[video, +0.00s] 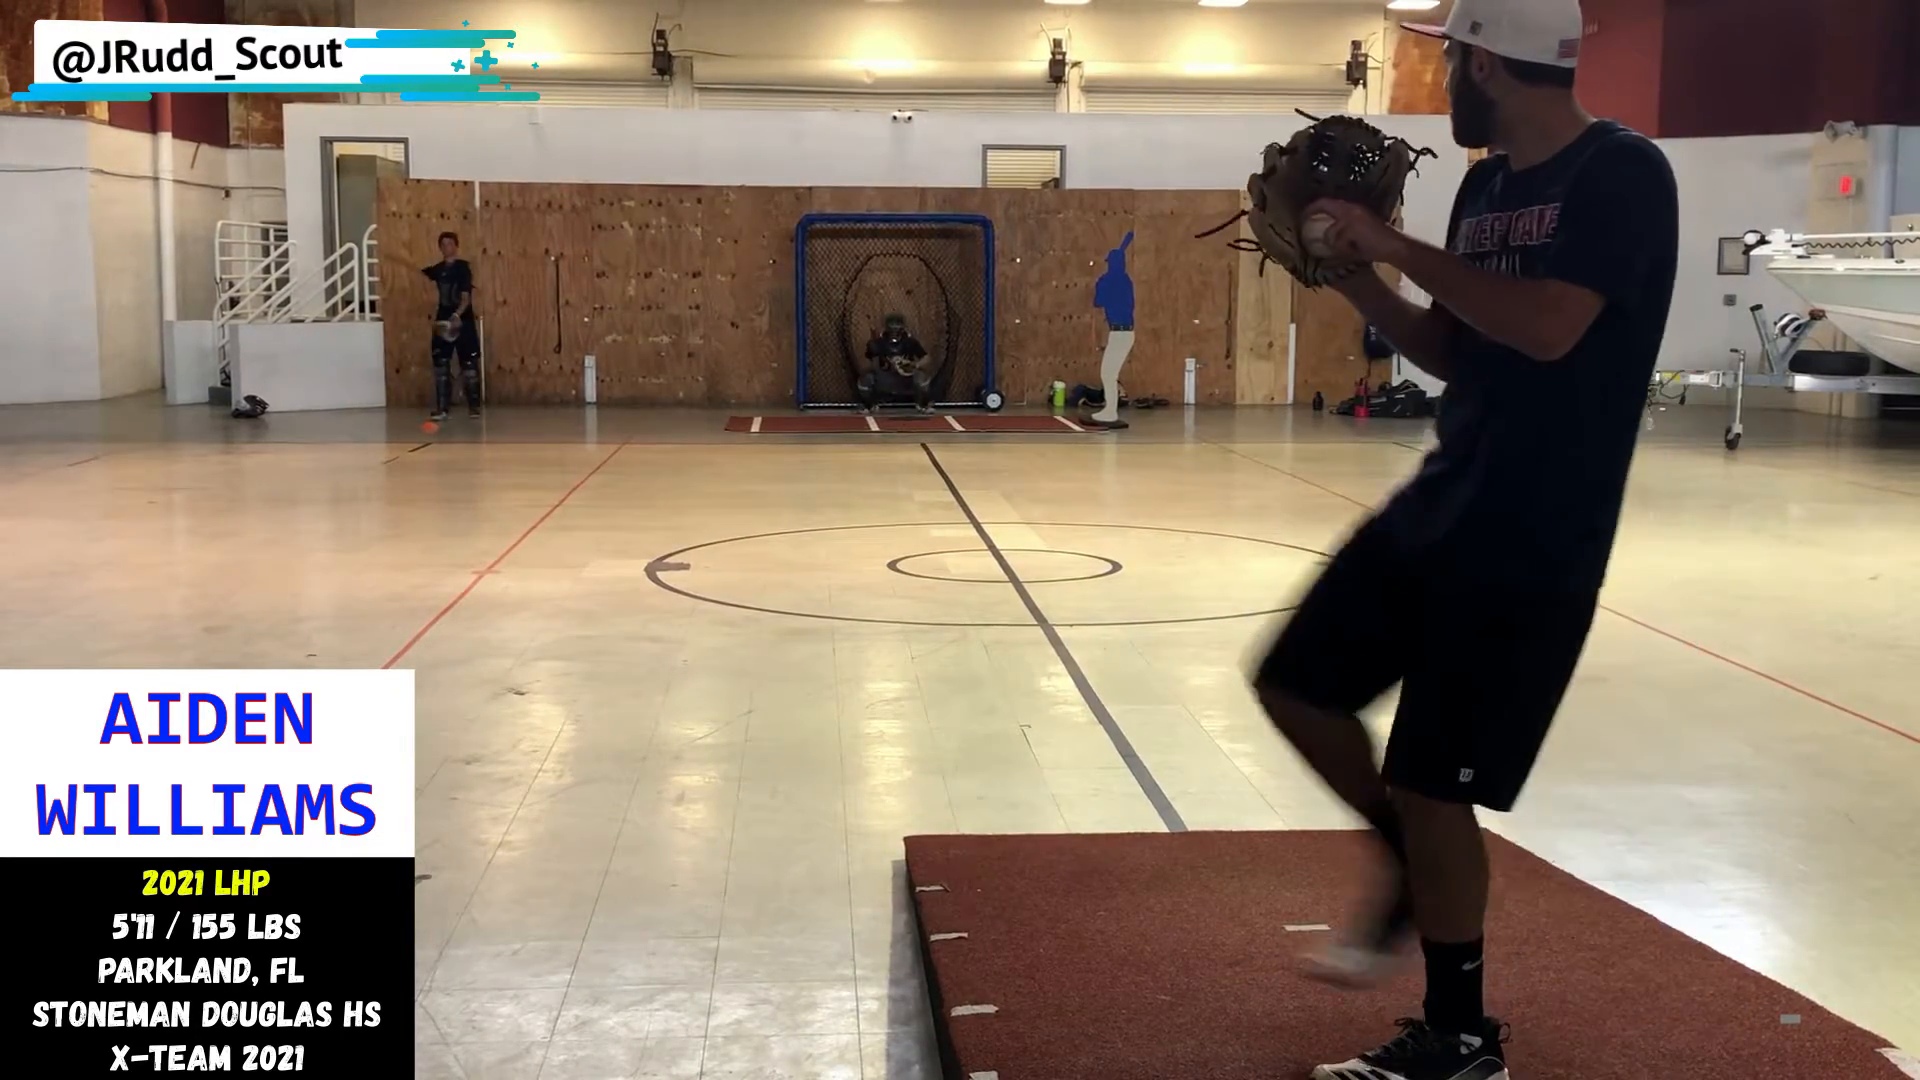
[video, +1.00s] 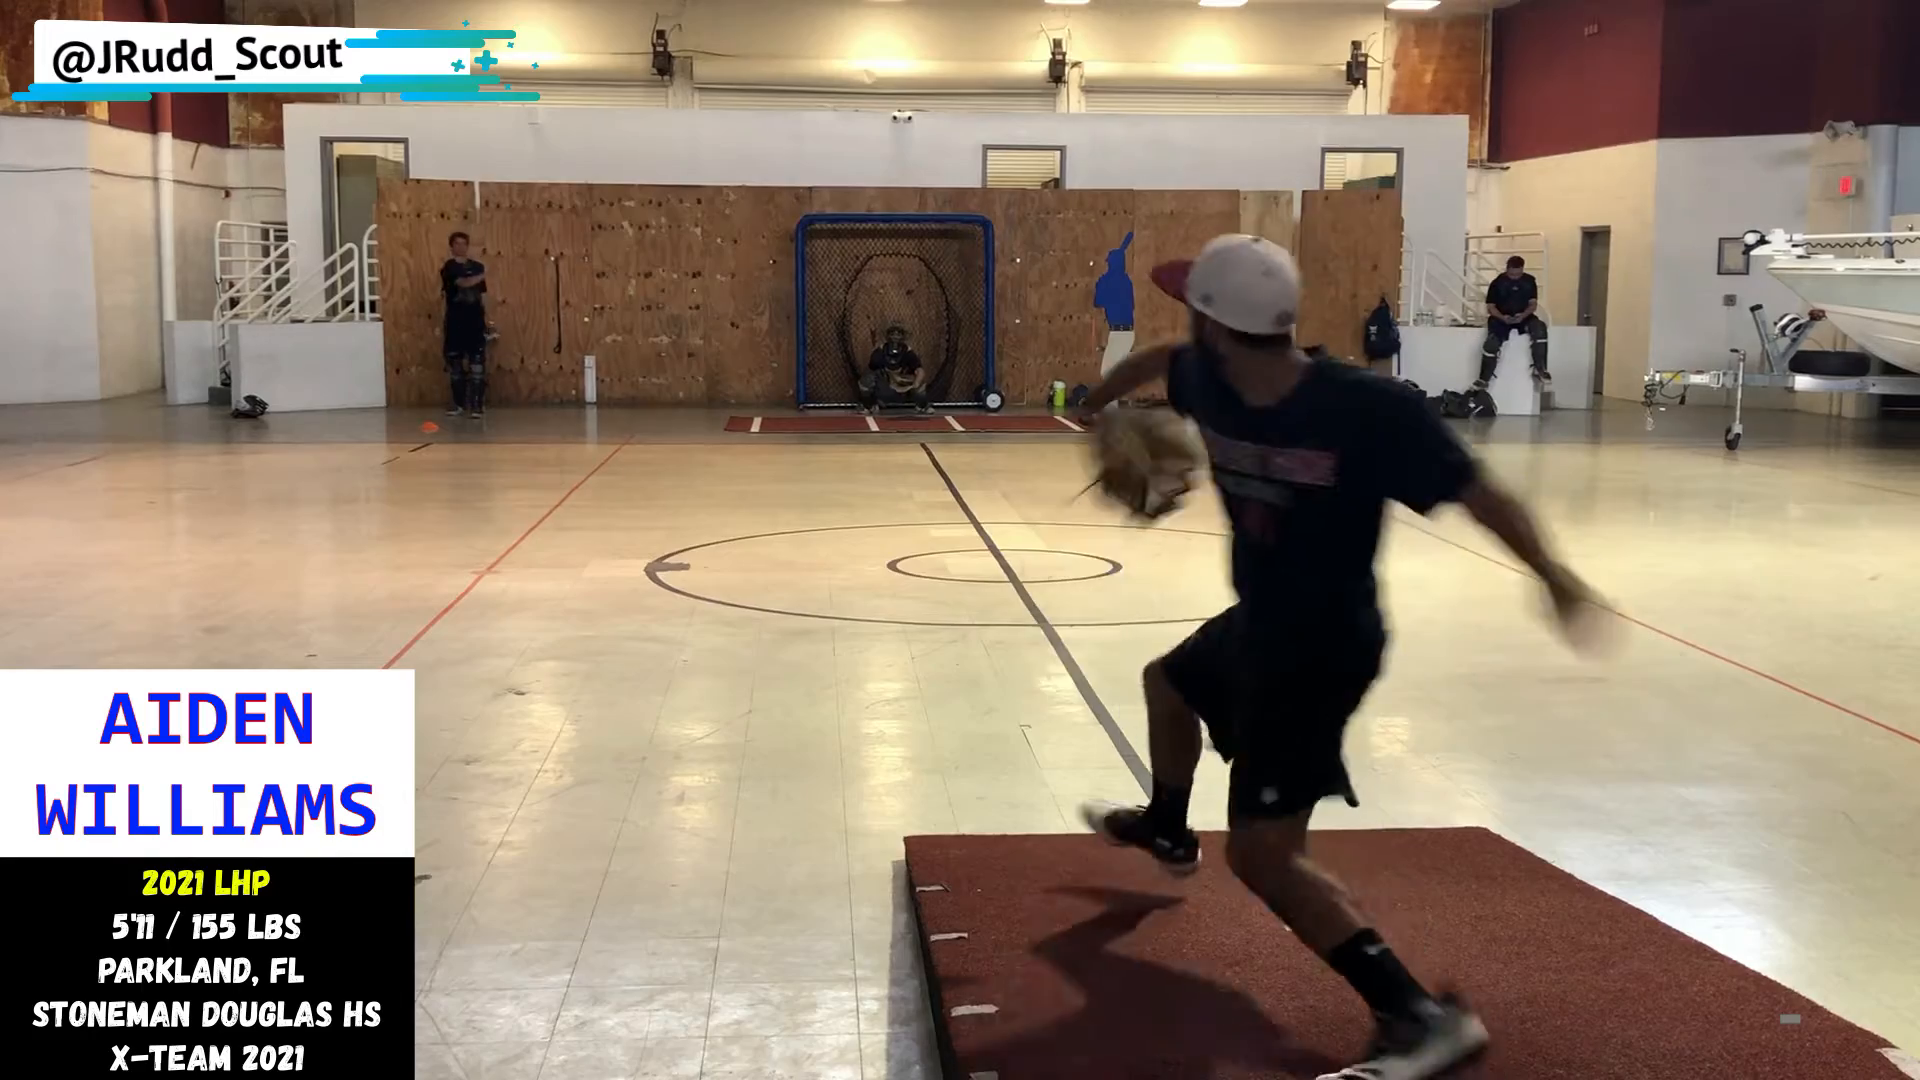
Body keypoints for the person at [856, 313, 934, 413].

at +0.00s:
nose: (895, 331)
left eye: (898, 328)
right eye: (892, 328)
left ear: (903, 327)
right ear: (886, 327)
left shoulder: (910, 342)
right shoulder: (877, 344)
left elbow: (926, 358)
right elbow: (873, 365)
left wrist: (915, 365)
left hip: (907, 377)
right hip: (886, 377)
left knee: (921, 377)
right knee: (866, 380)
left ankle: (921, 405)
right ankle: (871, 406)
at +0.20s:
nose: (897, 337)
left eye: (900, 334)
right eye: (893, 334)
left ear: (904, 335)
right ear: (888, 335)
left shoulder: (911, 349)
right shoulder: (881, 350)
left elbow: (925, 366)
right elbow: (875, 368)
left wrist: (914, 373)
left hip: (907, 383)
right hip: (887, 384)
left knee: (921, 381)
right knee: (867, 379)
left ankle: (922, 406)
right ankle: (871, 405)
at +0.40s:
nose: (897, 341)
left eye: (900, 338)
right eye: (894, 338)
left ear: (904, 339)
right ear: (889, 338)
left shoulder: (911, 353)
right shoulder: (880, 352)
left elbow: (922, 370)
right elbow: (875, 369)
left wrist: (910, 379)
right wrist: (886, 374)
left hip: (906, 386)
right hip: (886, 386)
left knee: (921, 385)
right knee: (866, 381)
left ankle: (922, 406)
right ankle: (871, 406)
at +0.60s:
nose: (896, 341)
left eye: (900, 338)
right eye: (894, 337)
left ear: (904, 338)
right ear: (888, 337)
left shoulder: (910, 352)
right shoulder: (879, 352)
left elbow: (919, 368)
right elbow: (873, 370)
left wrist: (914, 380)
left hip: (906, 383)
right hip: (886, 383)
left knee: (920, 386)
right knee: (866, 382)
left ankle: (922, 406)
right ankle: (870, 406)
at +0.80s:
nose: (895, 341)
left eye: (898, 338)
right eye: (892, 337)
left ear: (903, 339)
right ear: (887, 338)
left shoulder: (909, 352)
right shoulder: (877, 353)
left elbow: (919, 370)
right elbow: (871, 371)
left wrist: (914, 382)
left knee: (919, 384)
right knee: (866, 380)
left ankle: (922, 405)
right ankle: (869, 406)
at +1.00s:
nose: (895, 337)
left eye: (898, 335)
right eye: (892, 334)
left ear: (903, 337)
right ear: (888, 336)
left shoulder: (908, 352)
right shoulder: (879, 352)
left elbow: (920, 371)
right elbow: (872, 370)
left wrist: (915, 386)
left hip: (905, 379)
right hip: (885, 380)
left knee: (919, 387)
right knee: (866, 381)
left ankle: (921, 406)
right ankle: (870, 406)